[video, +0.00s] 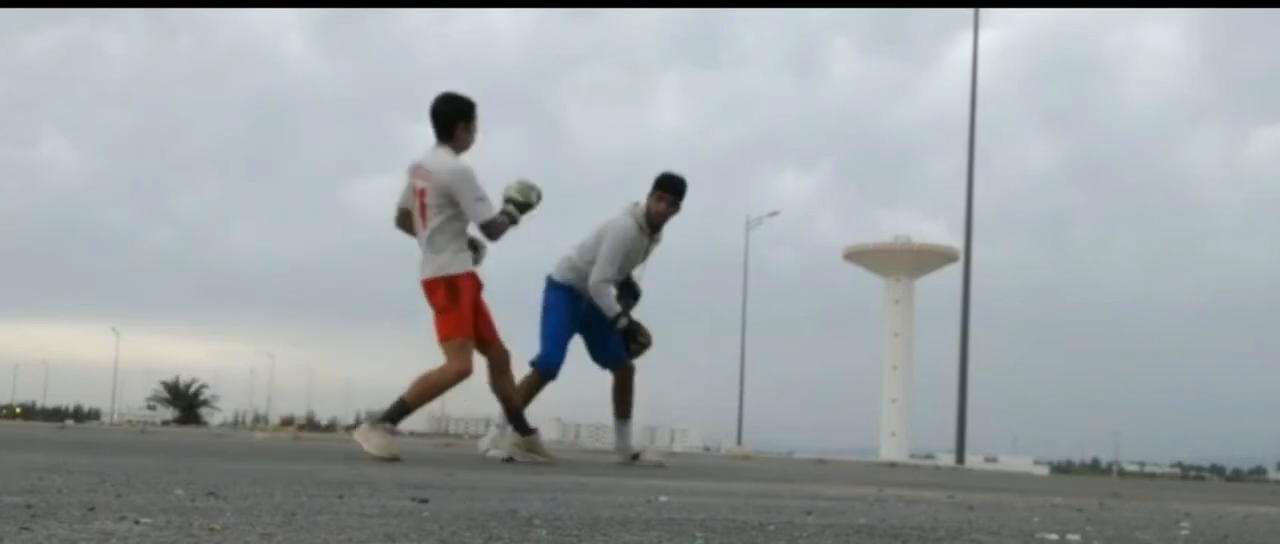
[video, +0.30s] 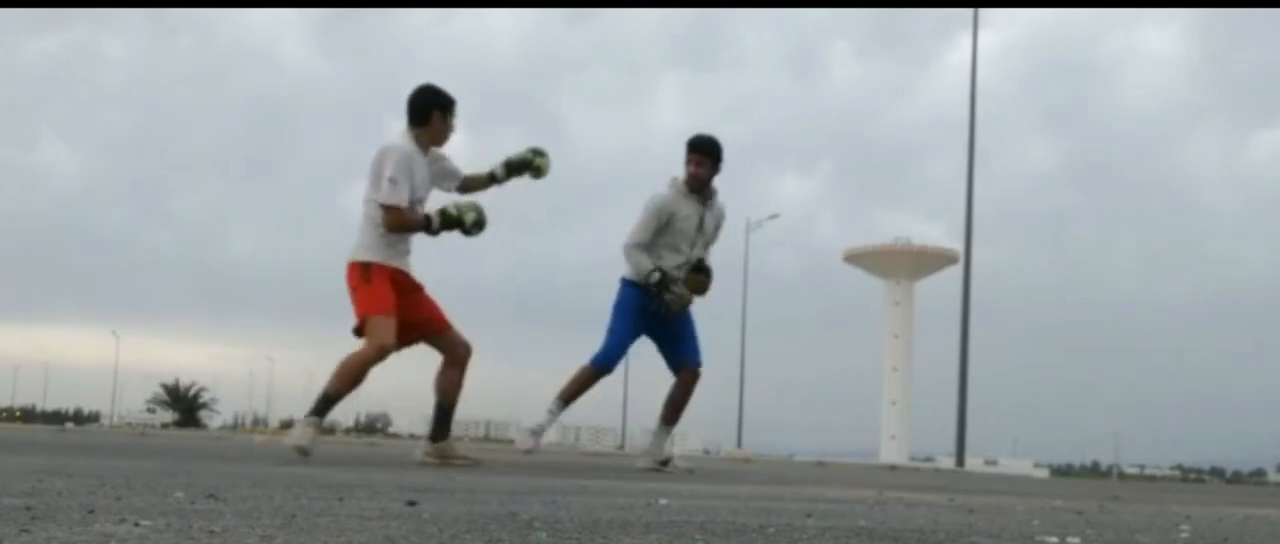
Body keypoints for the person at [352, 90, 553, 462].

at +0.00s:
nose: (475, 134)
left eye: (474, 126)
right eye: (472, 126)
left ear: (440, 128)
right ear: (459, 128)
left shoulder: (422, 167)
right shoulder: (456, 170)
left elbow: (403, 219)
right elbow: (492, 229)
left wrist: (457, 240)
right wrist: (516, 209)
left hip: (454, 276)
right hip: (449, 277)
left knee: (497, 355)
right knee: (459, 366)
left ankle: (525, 433)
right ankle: (379, 426)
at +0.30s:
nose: (452, 129)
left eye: (452, 120)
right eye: (449, 120)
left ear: (429, 119)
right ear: (432, 118)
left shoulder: (429, 160)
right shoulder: (397, 155)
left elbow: (462, 184)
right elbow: (393, 220)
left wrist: (503, 173)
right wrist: (441, 220)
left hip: (397, 272)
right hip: (370, 266)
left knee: (458, 350)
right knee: (380, 341)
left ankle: (439, 442)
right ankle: (311, 421)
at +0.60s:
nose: (413, 69)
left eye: (413, 61)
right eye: (409, 60)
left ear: (388, 61)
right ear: (389, 59)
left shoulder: (387, 112)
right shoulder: (353, 92)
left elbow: (366, 179)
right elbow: (361, 153)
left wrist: (405, 197)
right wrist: (414, 149)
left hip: (368, 234)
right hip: (332, 227)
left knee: (405, 328)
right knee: (316, 322)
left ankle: (394, 430)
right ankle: (266, 423)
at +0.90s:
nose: (410, 75)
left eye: (409, 66)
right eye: (406, 66)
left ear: (383, 66)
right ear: (385, 65)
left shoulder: (374, 111)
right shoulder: (351, 99)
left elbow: (398, 148)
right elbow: (392, 149)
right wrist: (441, 139)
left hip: (366, 243)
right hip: (328, 238)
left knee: (428, 326)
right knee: (314, 335)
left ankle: (385, 420)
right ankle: (262, 427)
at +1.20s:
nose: (467, 94)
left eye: (467, 86)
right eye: (462, 85)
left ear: (442, 85)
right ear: (441, 84)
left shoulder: (446, 139)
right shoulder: (398, 124)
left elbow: (427, 201)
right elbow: (426, 182)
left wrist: (450, 248)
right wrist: (479, 173)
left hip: (428, 261)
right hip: (386, 257)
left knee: (478, 345)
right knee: (367, 352)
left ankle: (506, 440)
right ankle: (305, 431)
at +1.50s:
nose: (544, 89)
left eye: (544, 81)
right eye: (540, 80)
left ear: (522, 80)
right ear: (520, 79)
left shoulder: (523, 131)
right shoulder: (480, 117)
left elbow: (505, 191)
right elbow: (474, 182)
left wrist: (532, 236)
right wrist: (528, 190)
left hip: (517, 247)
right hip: (481, 245)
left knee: (540, 343)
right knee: (470, 339)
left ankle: (526, 443)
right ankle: (416, 426)